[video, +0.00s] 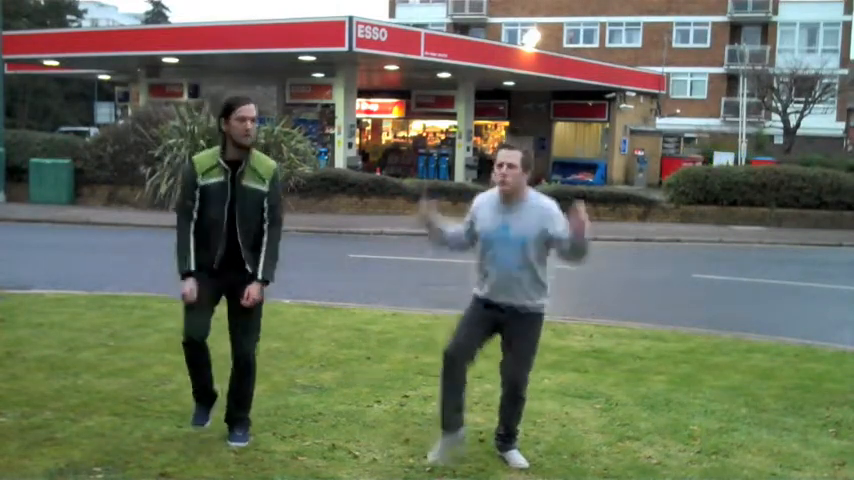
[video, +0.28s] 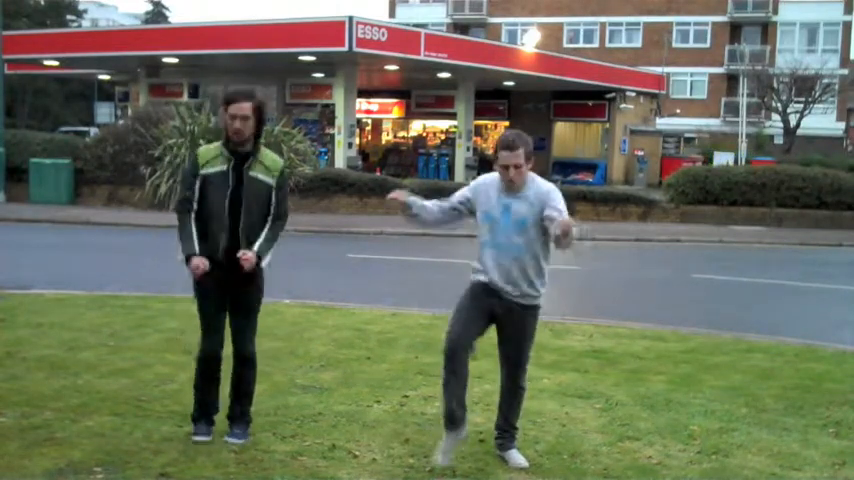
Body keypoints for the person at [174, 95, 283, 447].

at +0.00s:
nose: (250, 127)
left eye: (253, 121)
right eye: (242, 120)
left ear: (257, 126)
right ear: (224, 124)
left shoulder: (269, 171)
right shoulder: (199, 166)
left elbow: (273, 228)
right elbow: (185, 221)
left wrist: (261, 279)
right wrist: (187, 274)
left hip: (247, 274)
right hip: (205, 272)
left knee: (244, 353)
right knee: (193, 337)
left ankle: (239, 421)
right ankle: (204, 400)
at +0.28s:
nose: (237, 126)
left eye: (245, 119)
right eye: (232, 118)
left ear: (257, 124)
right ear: (223, 120)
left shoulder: (274, 167)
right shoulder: (202, 158)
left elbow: (279, 218)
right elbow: (186, 209)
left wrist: (257, 252)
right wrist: (193, 254)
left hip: (247, 269)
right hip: (209, 268)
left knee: (244, 349)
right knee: (211, 347)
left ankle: (240, 421)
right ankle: (203, 419)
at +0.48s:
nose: (230, 122)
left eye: (237, 117)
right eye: (225, 115)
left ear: (252, 121)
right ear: (218, 117)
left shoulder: (271, 156)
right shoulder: (201, 150)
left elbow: (286, 205)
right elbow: (175, 193)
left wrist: (267, 211)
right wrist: (189, 209)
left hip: (246, 263)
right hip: (206, 261)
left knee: (251, 344)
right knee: (196, 337)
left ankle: (248, 419)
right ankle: (180, 413)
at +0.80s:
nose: (209, 122)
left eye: (216, 116)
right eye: (205, 116)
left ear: (232, 119)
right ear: (200, 118)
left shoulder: (254, 151)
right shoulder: (188, 151)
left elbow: (278, 193)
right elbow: (171, 201)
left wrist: (258, 190)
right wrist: (172, 188)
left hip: (237, 262)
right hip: (198, 260)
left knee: (241, 345)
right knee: (192, 340)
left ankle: (242, 420)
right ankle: (195, 415)